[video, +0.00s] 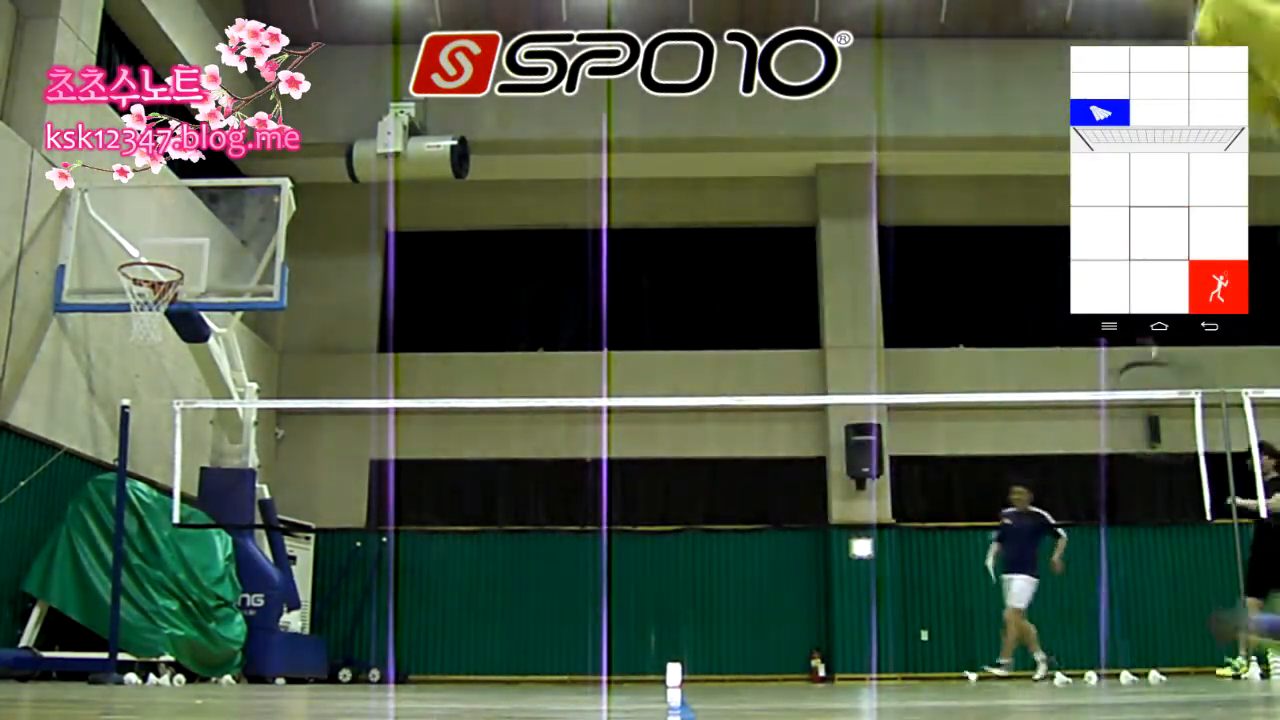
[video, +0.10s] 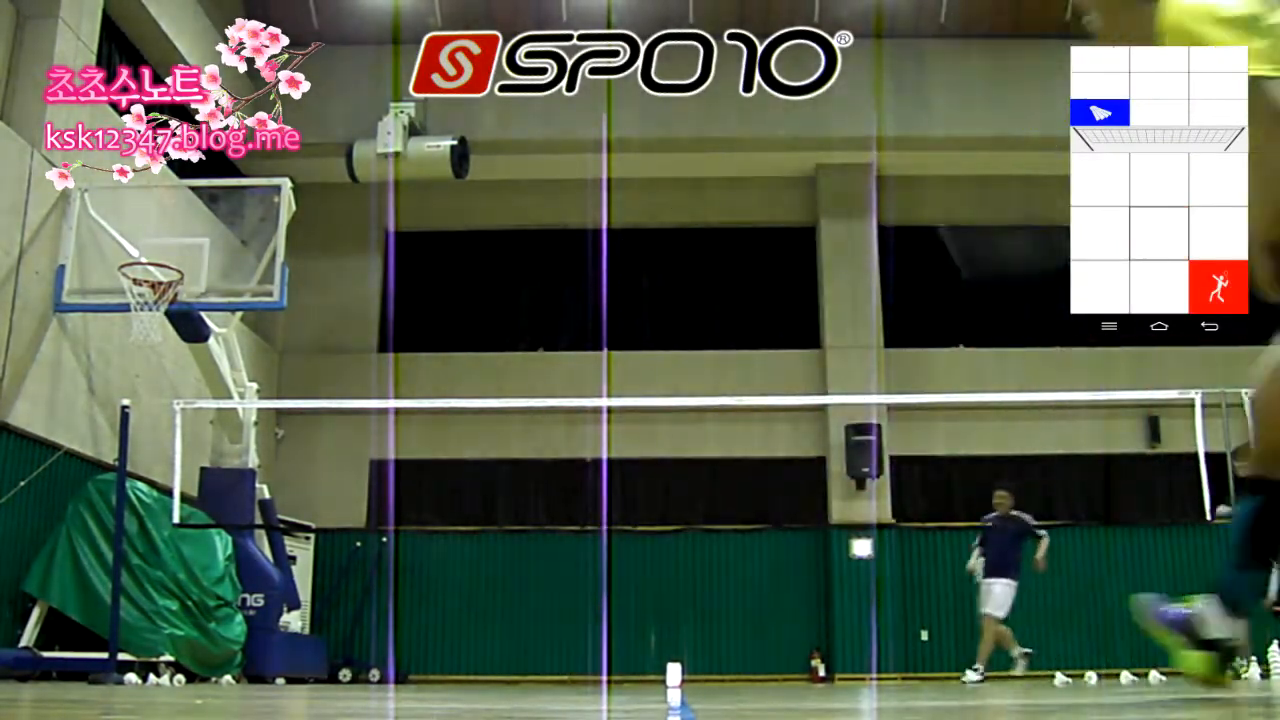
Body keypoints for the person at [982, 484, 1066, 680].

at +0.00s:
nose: (1016, 498)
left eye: (1020, 494)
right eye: (1014, 494)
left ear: (1029, 497)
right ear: (1010, 497)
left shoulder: (1039, 516)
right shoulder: (1006, 516)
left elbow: (1062, 536)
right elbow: (998, 540)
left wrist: (1056, 557)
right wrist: (991, 558)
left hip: (1027, 573)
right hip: (1007, 572)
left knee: (1011, 615)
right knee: (1018, 619)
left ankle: (1005, 662)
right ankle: (1040, 658)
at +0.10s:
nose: (998, 502)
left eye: (1003, 498)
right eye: (996, 498)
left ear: (1011, 501)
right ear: (993, 500)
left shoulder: (1021, 520)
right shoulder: (988, 521)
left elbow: (1044, 536)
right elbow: (981, 544)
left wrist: (1040, 554)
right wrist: (974, 560)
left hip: (1006, 578)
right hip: (987, 577)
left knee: (990, 621)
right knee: (989, 622)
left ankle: (979, 667)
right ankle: (1018, 653)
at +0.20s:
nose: (982, 503)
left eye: (986, 499)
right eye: (979, 499)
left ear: (994, 502)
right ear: (975, 501)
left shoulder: (1002, 522)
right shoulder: (969, 523)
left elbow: (1019, 549)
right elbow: (963, 552)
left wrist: (1007, 561)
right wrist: (955, 574)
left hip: (992, 581)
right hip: (970, 580)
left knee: (977, 622)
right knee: (961, 623)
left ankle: (980, 666)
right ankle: (984, 651)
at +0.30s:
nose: (968, 499)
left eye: (971, 495)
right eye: (965, 495)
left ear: (979, 497)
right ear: (960, 497)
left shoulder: (988, 516)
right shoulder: (954, 516)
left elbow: (990, 547)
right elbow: (949, 547)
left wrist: (963, 546)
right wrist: (940, 569)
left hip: (979, 578)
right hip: (956, 577)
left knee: (974, 622)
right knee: (945, 617)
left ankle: (977, 667)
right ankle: (947, 663)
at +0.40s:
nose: (956, 497)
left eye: (960, 493)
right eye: (953, 493)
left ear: (967, 495)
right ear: (947, 495)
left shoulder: (974, 512)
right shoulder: (940, 514)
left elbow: (970, 541)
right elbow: (935, 543)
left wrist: (943, 533)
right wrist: (926, 565)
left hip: (967, 576)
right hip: (943, 576)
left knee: (968, 621)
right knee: (933, 618)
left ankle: (974, 666)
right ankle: (921, 662)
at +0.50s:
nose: (945, 504)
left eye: (949, 500)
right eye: (941, 500)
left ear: (955, 501)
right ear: (935, 500)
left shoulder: (963, 519)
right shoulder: (927, 519)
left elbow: (961, 548)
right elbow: (922, 545)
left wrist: (933, 542)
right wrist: (909, 567)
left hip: (953, 583)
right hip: (928, 580)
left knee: (955, 627)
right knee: (917, 620)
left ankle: (967, 660)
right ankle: (913, 667)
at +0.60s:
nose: (935, 504)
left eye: (939, 500)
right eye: (932, 499)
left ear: (945, 501)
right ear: (927, 500)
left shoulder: (955, 520)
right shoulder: (918, 518)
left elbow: (961, 551)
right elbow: (908, 547)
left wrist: (937, 561)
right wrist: (896, 571)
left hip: (944, 583)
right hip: (919, 581)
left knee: (943, 624)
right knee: (912, 620)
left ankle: (955, 667)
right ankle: (913, 667)